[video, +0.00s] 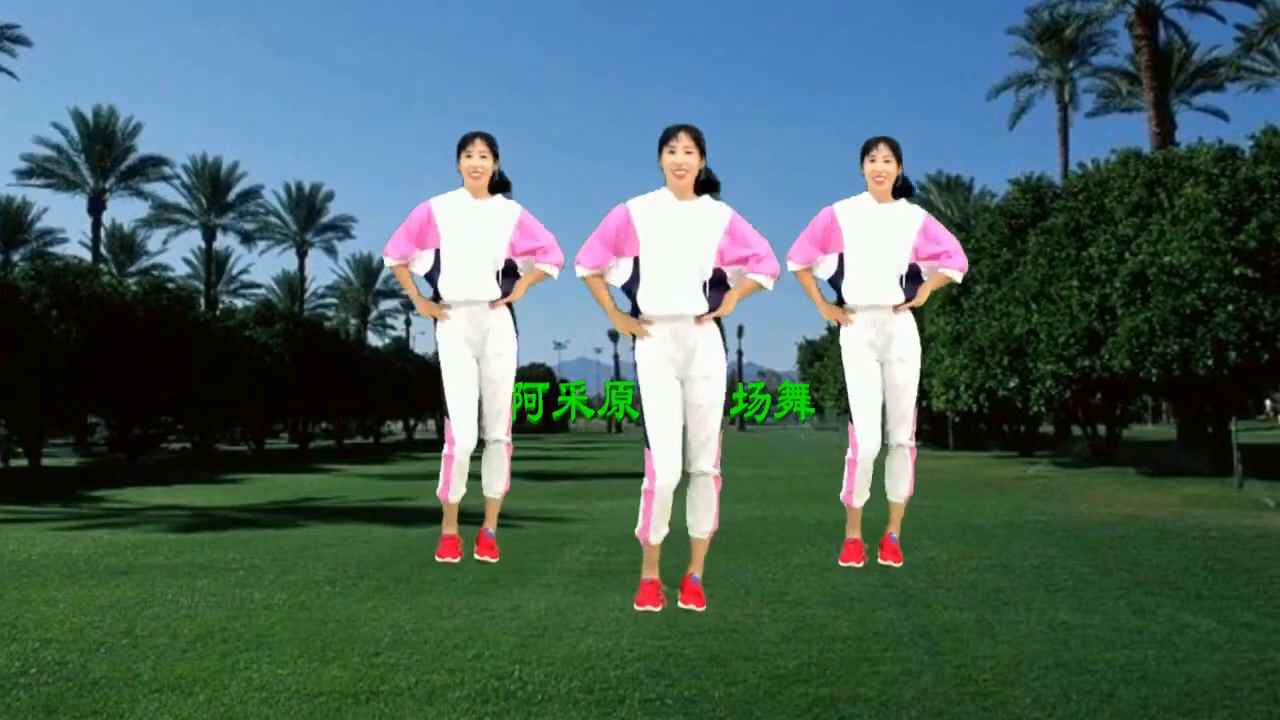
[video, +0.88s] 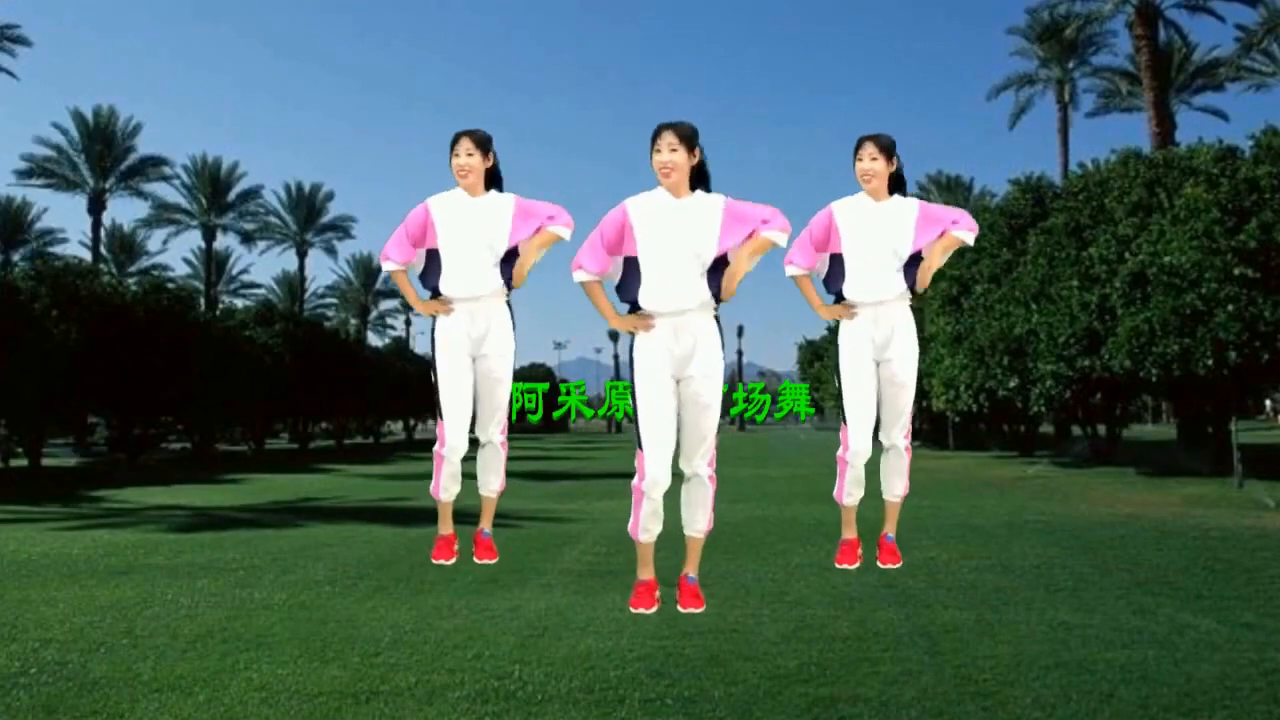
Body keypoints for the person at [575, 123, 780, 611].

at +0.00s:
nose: (680, 158)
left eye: (689, 151)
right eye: (671, 150)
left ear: (702, 162)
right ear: (660, 160)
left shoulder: (719, 215)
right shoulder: (634, 213)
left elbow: (767, 264)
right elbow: (588, 265)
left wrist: (733, 296)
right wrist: (617, 316)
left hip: (704, 340)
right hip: (654, 340)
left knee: (704, 461)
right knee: (664, 462)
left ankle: (695, 576)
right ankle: (650, 576)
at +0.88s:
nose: (664, 158)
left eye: (673, 150)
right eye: (658, 150)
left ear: (694, 157)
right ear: (651, 159)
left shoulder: (717, 207)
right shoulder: (632, 210)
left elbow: (778, 224)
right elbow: (585, 267)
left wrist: (740, 262)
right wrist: (616, 318)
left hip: (701, 334)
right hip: (651, 336)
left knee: (698, 461)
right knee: (655, 462)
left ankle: (690, 574)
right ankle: (645, 576)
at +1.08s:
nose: (667, 151)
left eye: (676, 144)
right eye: (662, 144)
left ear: (699, 150)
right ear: (657, 153)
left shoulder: (724, 198)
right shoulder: (637, 203)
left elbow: (786, 215)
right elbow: (586, 256)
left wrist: (753, 202)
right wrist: (618, 309)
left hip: (701, 327)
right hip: (650, 327)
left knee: (697, 457)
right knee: (649, 460)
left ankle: (693, 575)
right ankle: (643, 575)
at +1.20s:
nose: (673, 177)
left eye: (682, 170)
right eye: (668, 170)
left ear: (704, 177)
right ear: (662, 178)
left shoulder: (720, 231)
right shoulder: (638, 225)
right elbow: (592, 281)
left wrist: (737, 238)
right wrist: (613, 335)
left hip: (703, 352)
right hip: (652, 353)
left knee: (702, 473)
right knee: (672, 472)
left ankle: (691, 578)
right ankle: (654, 557)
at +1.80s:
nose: (650, 155)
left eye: (660, 147)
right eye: (646, 147)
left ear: (682, 156)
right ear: (642, 156)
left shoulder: (704, 208)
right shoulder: (622, 209)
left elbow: (707, 244)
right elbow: (579, 251)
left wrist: (690, 180)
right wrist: (597, 302)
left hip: (671, 338)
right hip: (620, 333)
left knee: (672, 467)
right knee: (598, 454)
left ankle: (689, 573)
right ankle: (576, 564)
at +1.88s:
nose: (650, 134)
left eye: (661, 126)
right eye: (648, 126)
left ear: (684, 136)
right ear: (645, 135)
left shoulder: (703, 186)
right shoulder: (623, 187)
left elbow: (721, 220)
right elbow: (579, 228)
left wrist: (700, 159)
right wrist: (598, 280)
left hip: (675, 314)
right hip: (624, 311)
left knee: (680, 448)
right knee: (604, 440)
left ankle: (691, 566)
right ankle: (585, 539)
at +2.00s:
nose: (658, 131)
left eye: (669, 125)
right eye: (655, 124)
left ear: (692, 137)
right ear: (649, 133)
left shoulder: (704, 185)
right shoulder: (622, 183)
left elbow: (716, 228)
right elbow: (579, 229)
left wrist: (705, 163)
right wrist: (597, 283)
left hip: (680, 307)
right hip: (631, 305)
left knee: (682, 441)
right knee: (625, 440)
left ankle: (684, 563)